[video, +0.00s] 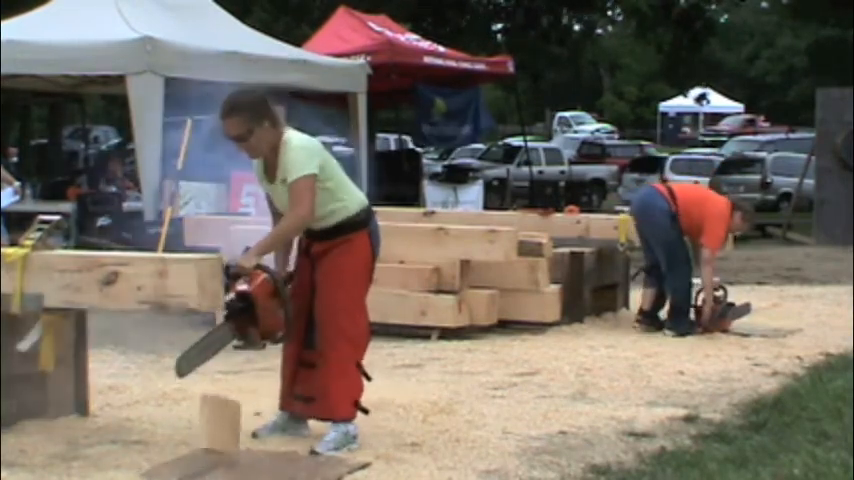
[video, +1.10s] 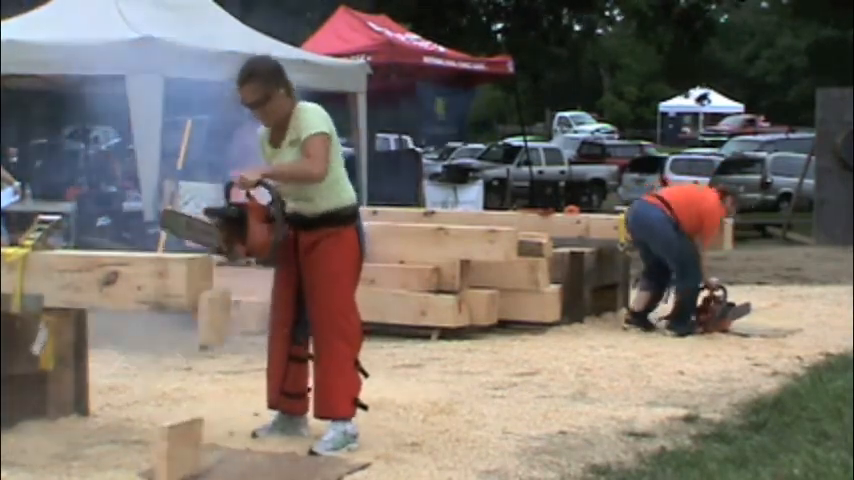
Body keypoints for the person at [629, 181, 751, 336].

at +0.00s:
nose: (737, 232)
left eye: (741, 230)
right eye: (741, 228)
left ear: (736, 214)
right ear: (738, 216)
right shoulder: (720, 212)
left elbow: (699, 248)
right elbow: (706, 261)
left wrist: (707, 279)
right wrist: (708, 304)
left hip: (644, 200)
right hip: (658, 207)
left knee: (655, 265)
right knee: (680, 268)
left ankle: (647, 313)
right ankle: (678, 321)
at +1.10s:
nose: (731, 212)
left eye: (733, 208)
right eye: (732, 207)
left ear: (717, 192)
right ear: (726, 199)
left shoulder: (700, 192)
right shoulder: (714, 209)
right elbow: (700, 248)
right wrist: (706, 280)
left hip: (637, 210)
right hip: (658, 219)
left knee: (658, 269)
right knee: (690, 269)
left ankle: (637, 313)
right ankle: (680, 321)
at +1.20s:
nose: (729, 191)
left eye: (731, 188)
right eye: (730, 186)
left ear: (716, 171)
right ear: (727, 178)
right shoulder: (716, 182)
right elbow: (708, 219)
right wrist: (708, 253)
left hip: (641, 210)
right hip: (660, 214)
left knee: (665, 271)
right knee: (693, 271)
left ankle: (639, 313)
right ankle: (683, 323)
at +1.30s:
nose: (730, 190)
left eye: (732, 186)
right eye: (731, 183)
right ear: (726, 171)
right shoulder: (714, 163)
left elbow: (699, 247)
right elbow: (702, 177)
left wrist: (711, 276)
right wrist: (706, 216)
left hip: (645, 200)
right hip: (664, 204)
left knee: (662, 265)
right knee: (683, 263)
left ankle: (640, 313)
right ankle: (684, 321)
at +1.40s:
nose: (732, 196)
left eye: (734, 196)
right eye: (733, 190)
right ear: (730, 178)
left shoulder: (705, 206)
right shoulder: (715, 166)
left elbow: (695, 243)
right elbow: (694, 152)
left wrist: (704, 279)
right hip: (662, 201)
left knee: (661, 264)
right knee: (682, 263)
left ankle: (641, 312)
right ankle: (681, 319)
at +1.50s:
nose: (731, 202)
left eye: (735, 202)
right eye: (734, 195)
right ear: (731, 183)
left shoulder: (702, 211)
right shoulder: (717, 171)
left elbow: (693, 243)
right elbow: (695, 162)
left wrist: (704, 279)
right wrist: (712, 188)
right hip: (659, 204)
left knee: (659, 268)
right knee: (681, 265)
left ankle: (639, 313)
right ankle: (679, 323)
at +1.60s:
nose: (732, 204)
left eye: (736, 202)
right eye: (735, 198)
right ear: (731, 188)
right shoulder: (719, 184)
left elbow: (696, 242)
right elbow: (702, 198)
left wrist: (703, 278)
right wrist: (705, 233)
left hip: (641, 202)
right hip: (659, 207)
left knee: (657, 268)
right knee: (680, 265)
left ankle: (638, 313)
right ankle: (679, 323)